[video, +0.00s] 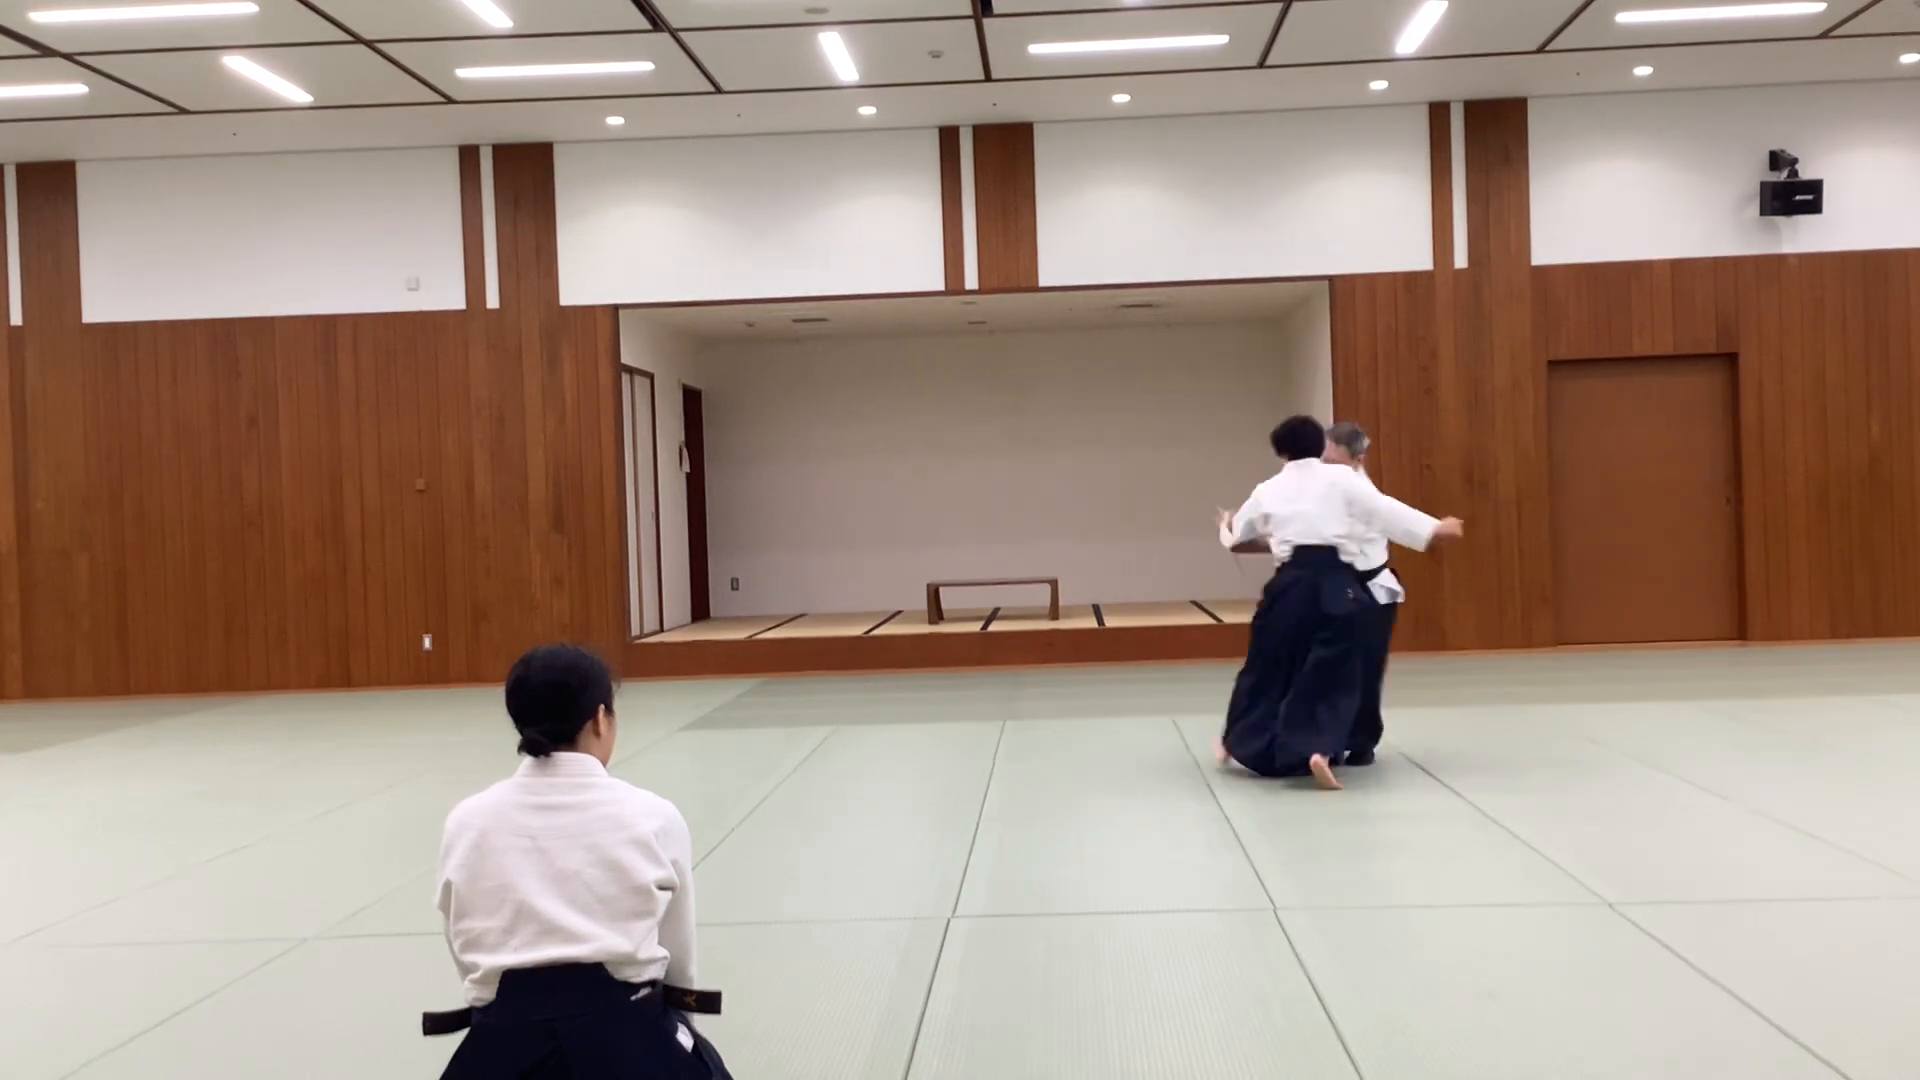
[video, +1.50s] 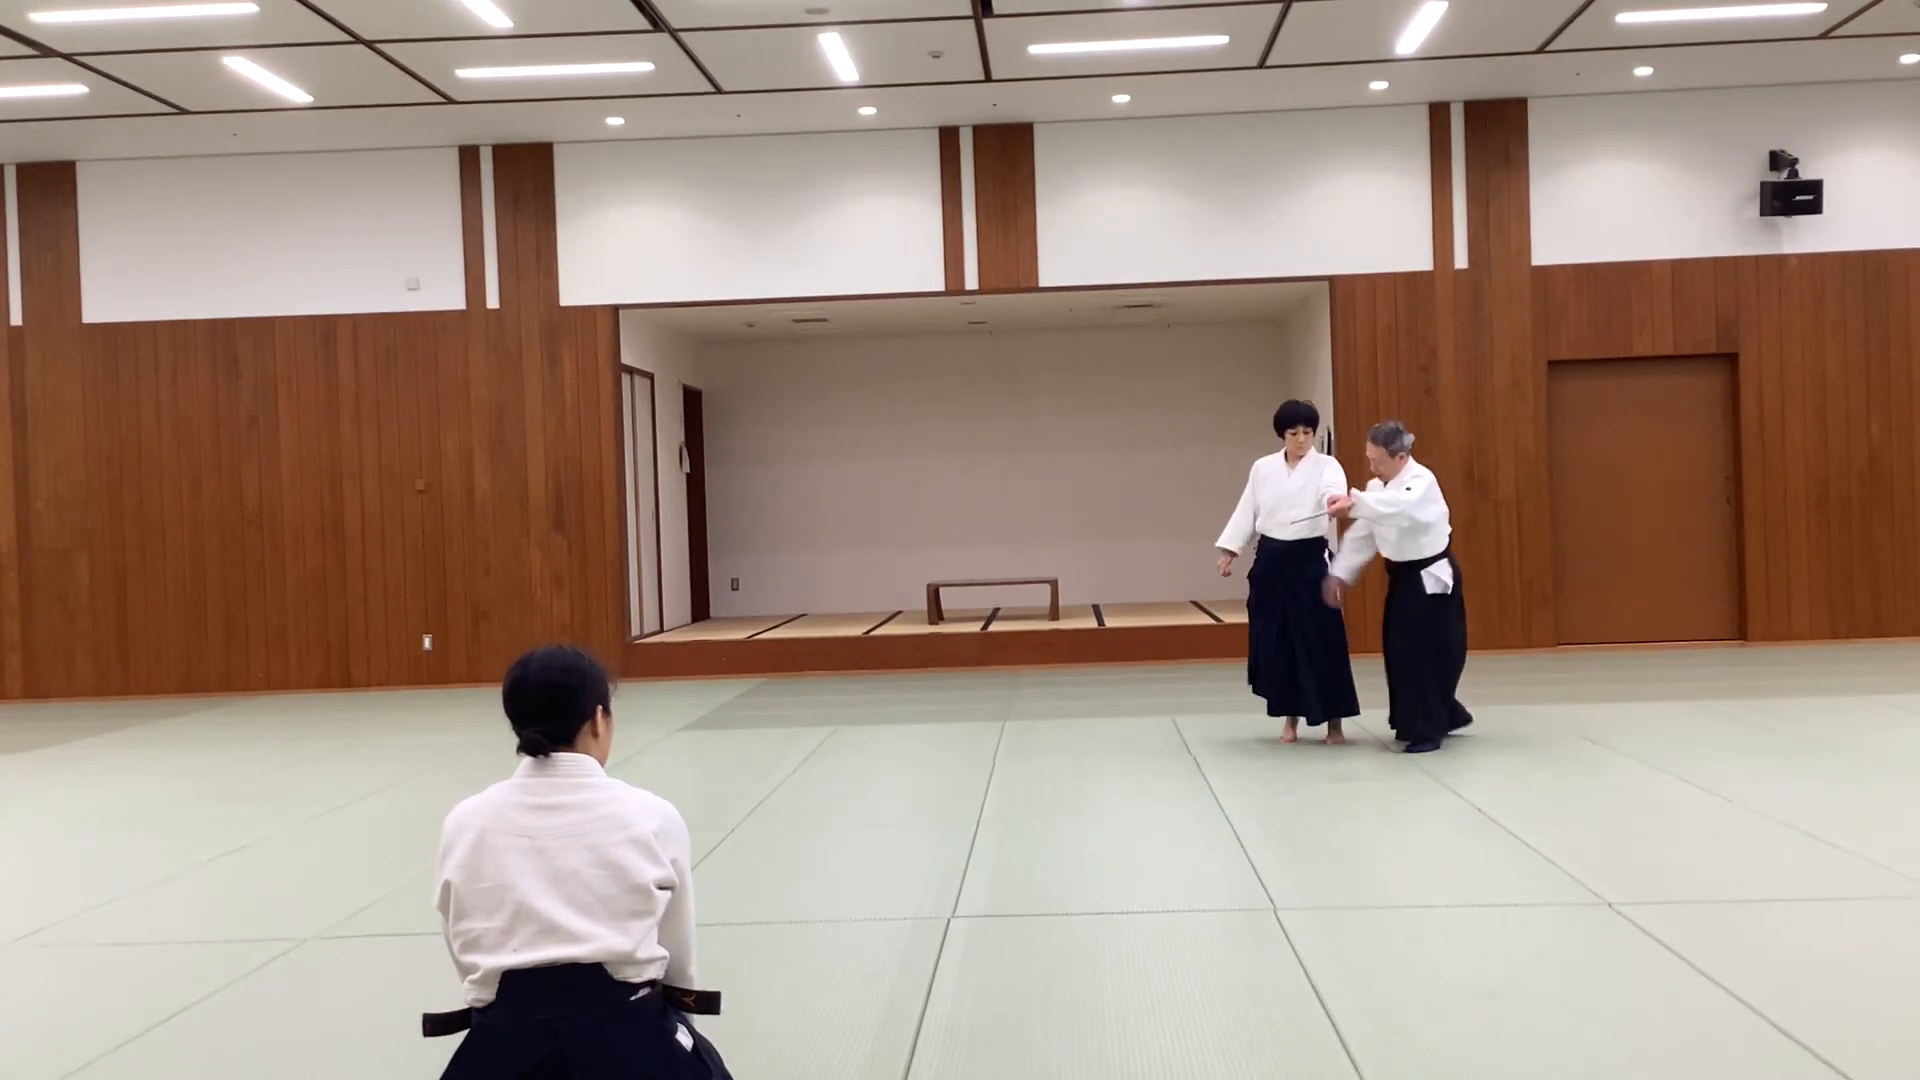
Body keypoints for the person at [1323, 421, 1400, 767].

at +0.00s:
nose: (1324, 462)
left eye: (1332, 456)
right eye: (1323, 455)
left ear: (1356, 459)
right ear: (1322, 451)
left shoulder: (1366, 492)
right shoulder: (1326, 488)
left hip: (1374, 587)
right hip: (1339, 587)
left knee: (1365, 670)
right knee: (1334, 667)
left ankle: (1361, 745)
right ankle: (1326, 745)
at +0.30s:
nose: (1354, 473)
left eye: (1360, 467)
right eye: (1353, 466)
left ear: (1383, 465)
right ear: (1357, 461)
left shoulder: (1396, 504)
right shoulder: (1362, 488)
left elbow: (1374, 563)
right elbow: (1341, 532)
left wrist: (1333, 590)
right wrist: (1313, 569)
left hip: (1423, 586)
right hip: (1407, 581)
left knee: (1397, 658)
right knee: (1438, 655)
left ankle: (1388, 739)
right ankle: (1470, 724)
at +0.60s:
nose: (1354, 468)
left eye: (1357, 460)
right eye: (1352, 461)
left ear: (1379, 454)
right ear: (1377, 455)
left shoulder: (1395, 488)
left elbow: (1394, 552)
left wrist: (1369, 597)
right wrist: (1366, 590)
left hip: (1433, 571)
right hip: (1436, 565)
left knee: (1419, 648)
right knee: (1440, 644)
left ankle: (1421, 734)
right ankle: (1455, 720)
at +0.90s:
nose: (1365, 473)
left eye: (1367, 465)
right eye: (1362, 467)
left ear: (1389, 457)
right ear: (1387, 458)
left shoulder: (1414, 483)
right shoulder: (1393, 487)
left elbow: (1400, 522)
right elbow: (1401, 530)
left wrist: (1365, 542)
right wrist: (1378, 554)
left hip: (1447, 570)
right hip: (1427, 571)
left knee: (1430, 647)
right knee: (1420, 647)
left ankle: (1433, 729)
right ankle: (1427, 725)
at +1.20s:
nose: (1374, 464)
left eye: (1377, 457)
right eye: (1372, 458)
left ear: (1399, 450)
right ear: (1394, 452)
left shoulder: (1422, 476)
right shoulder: (1401, 479)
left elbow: (1409, 509)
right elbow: (1398, 516)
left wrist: (1363, 520)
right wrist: (1363, 529)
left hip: (1445, 568)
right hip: (1427, 567)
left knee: (1434, 645)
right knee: (1434, 645)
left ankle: (1437, 727)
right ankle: (1455, 720)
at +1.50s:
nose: (1370, 465)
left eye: (1375, 459)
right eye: (1368, 459)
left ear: (1398, 455)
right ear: (1374, 454)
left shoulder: (1421, 480)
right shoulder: (1377, 487)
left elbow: (1400, 506)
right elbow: (1360, 535)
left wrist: (1354, 502)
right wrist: (1338, 573)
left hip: (1431, 576)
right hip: (1401, 577)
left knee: (1424, 650)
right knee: (1400, 649)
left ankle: (1426, 730)